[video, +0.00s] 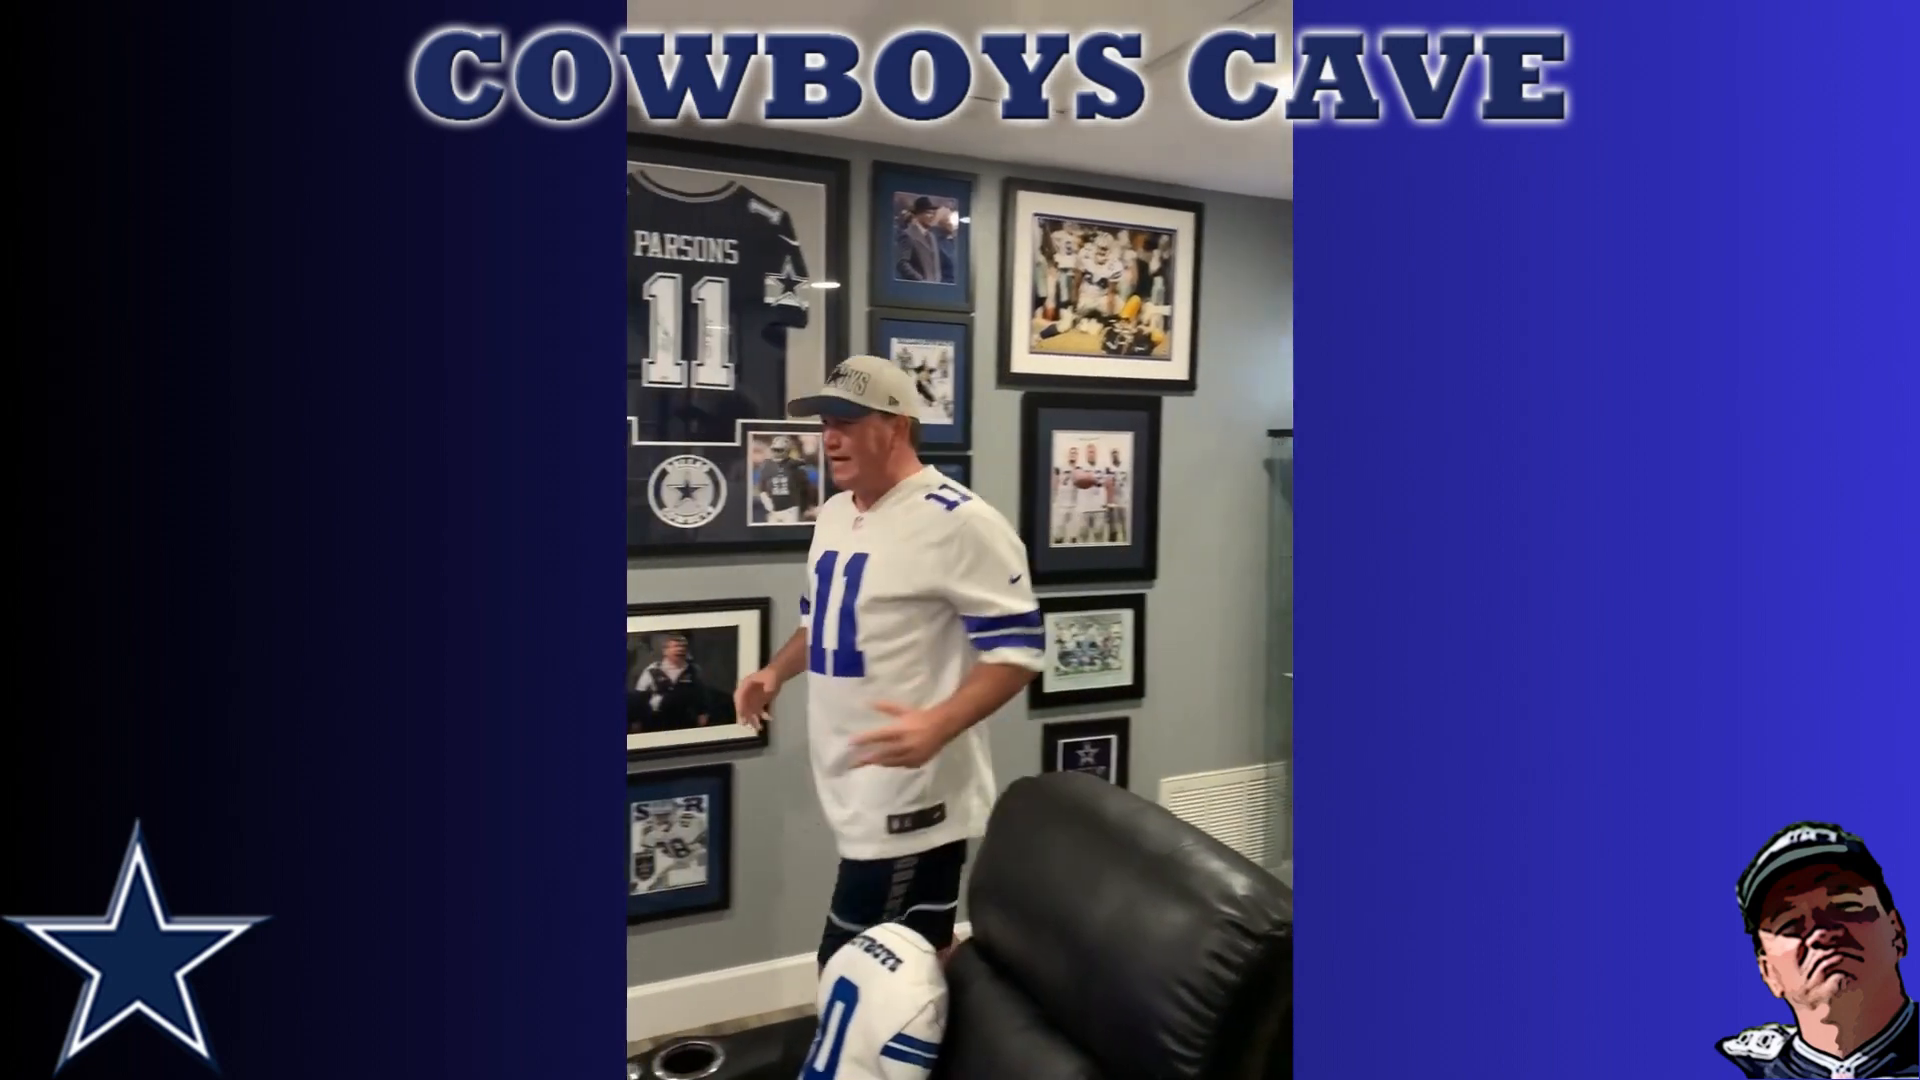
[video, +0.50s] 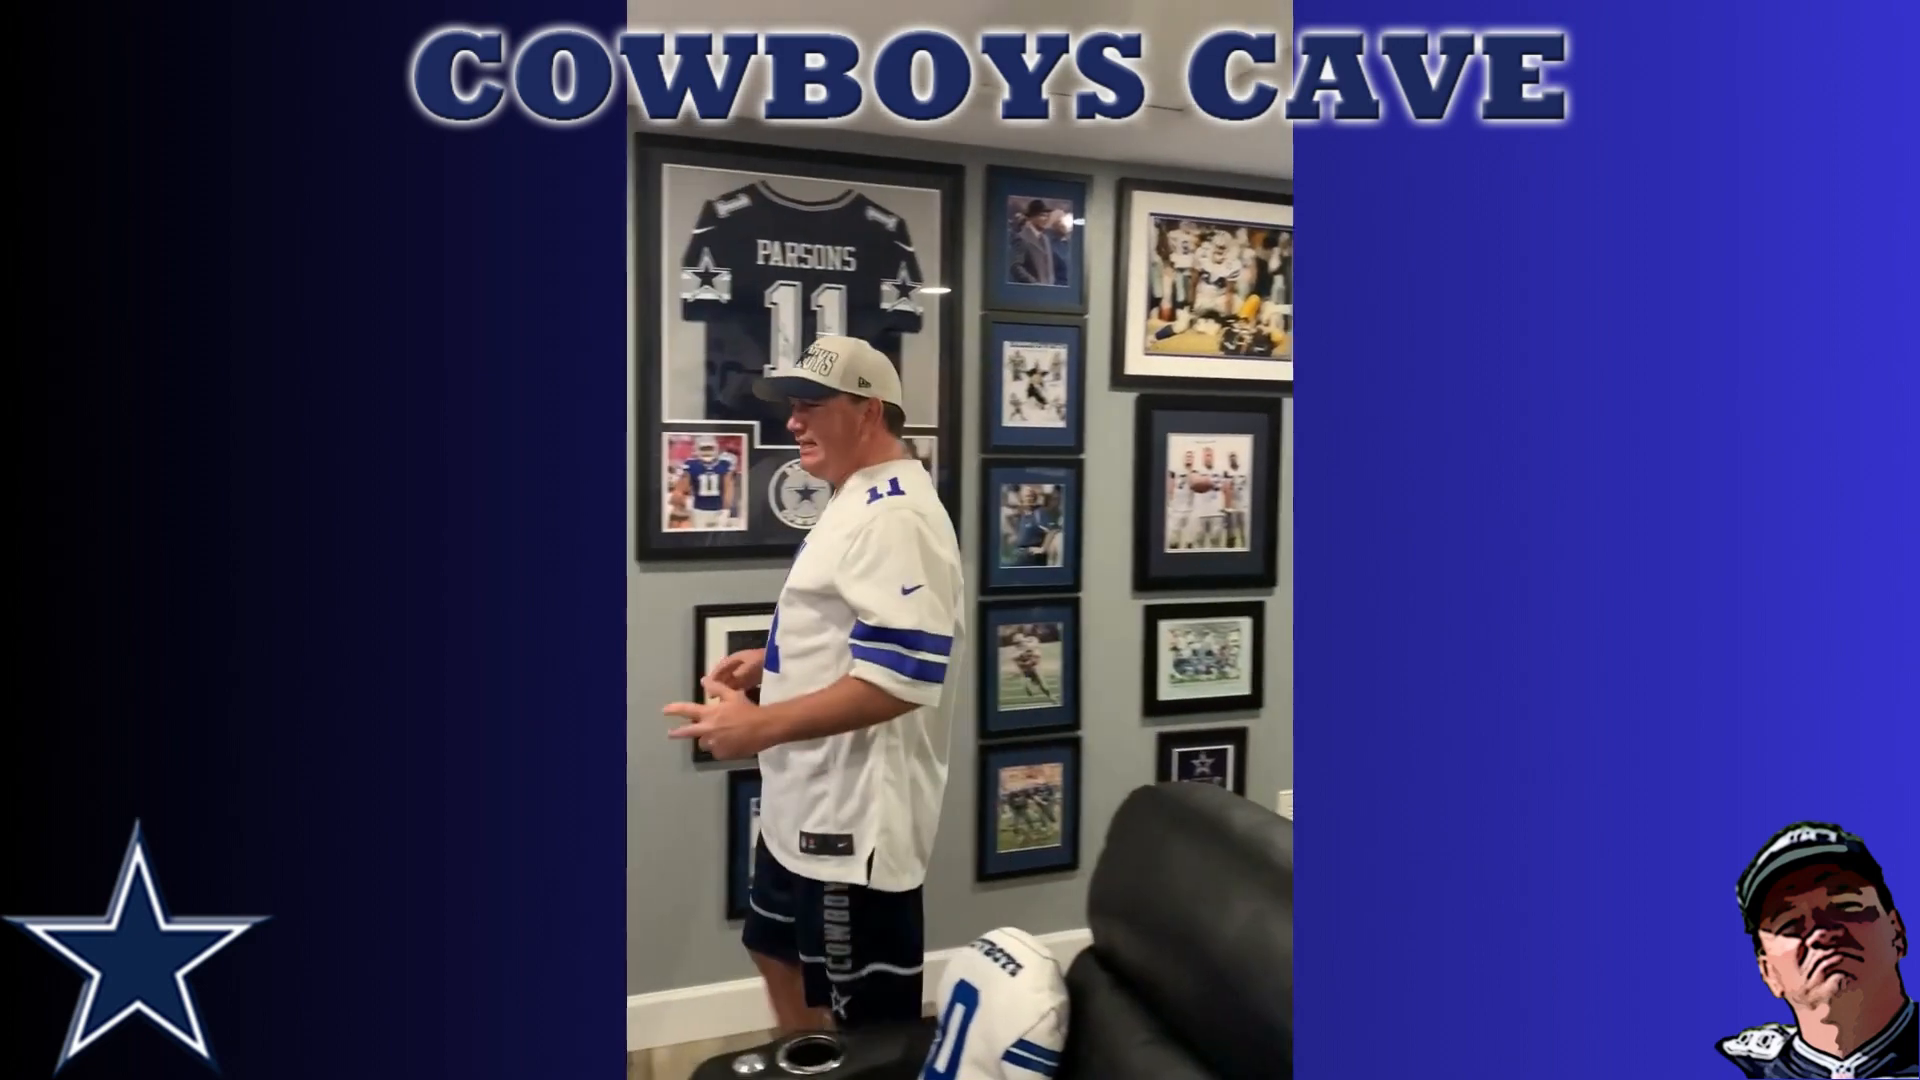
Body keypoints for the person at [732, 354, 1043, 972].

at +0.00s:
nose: (830, 440)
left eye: (846, 423)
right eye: (826, 425)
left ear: (895, 427)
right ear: (823, 433)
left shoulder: (962, 522)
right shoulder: (836, 515)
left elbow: (1019, 652)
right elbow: (824, 621)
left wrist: (940, 725)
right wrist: (775, 673)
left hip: (916, 812)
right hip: (861, 807)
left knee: (848, 979)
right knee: (926, 969)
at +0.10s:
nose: (817, 433)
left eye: (835, 418)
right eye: (815, 419)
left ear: (885, 425)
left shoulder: (945, 524)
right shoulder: (834, 513)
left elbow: (991, 666)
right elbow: (826, 625)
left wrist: (895, 728)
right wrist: (767, 668)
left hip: (900, 813)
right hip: (847, 807)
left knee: (841, 987)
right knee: (892, 995)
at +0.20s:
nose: (806, 427)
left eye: (825, 411)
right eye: (803, 412)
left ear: (876, 418)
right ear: (801, 419)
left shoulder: (927, 517)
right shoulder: (836, 504)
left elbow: (965, 668)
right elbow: (826, 620)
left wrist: (853, 730)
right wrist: (760, 665)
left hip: (880, 811)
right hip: (836, 804)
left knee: (838, 999)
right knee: (879, 996)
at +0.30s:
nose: (795, 427)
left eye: (815, 410)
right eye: (794, 411)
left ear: (867, 417)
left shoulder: (910, 521)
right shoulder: (842, 505)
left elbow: (939, 679)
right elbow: (844, 635)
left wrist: (815, 740)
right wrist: (763, 665)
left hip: (868, 823)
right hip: (818, 812)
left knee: (849, 1010)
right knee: (832, 1001)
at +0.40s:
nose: (793, 425)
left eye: (810, 408)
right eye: (792, 409)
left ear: (865, 414)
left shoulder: (901, 517)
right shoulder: (852, 502)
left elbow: (911, 680)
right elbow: (850, 637)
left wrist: (780, 730)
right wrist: (768, 664)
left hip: (859, 810)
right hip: (807, 798)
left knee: (851, 1003)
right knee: (777, 942)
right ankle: (861, 1062)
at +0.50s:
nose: (794, 422)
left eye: (812, 406)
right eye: (793, 407)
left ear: (869, 412)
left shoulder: (898, 517)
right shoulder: (857, 502)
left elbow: (898, 682)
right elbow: (852, 637)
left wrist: (762, 727)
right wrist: (770, 660)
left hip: (857, 818)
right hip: (802, 804)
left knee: (869, 1018)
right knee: (778, 954)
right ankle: (811, 1073)